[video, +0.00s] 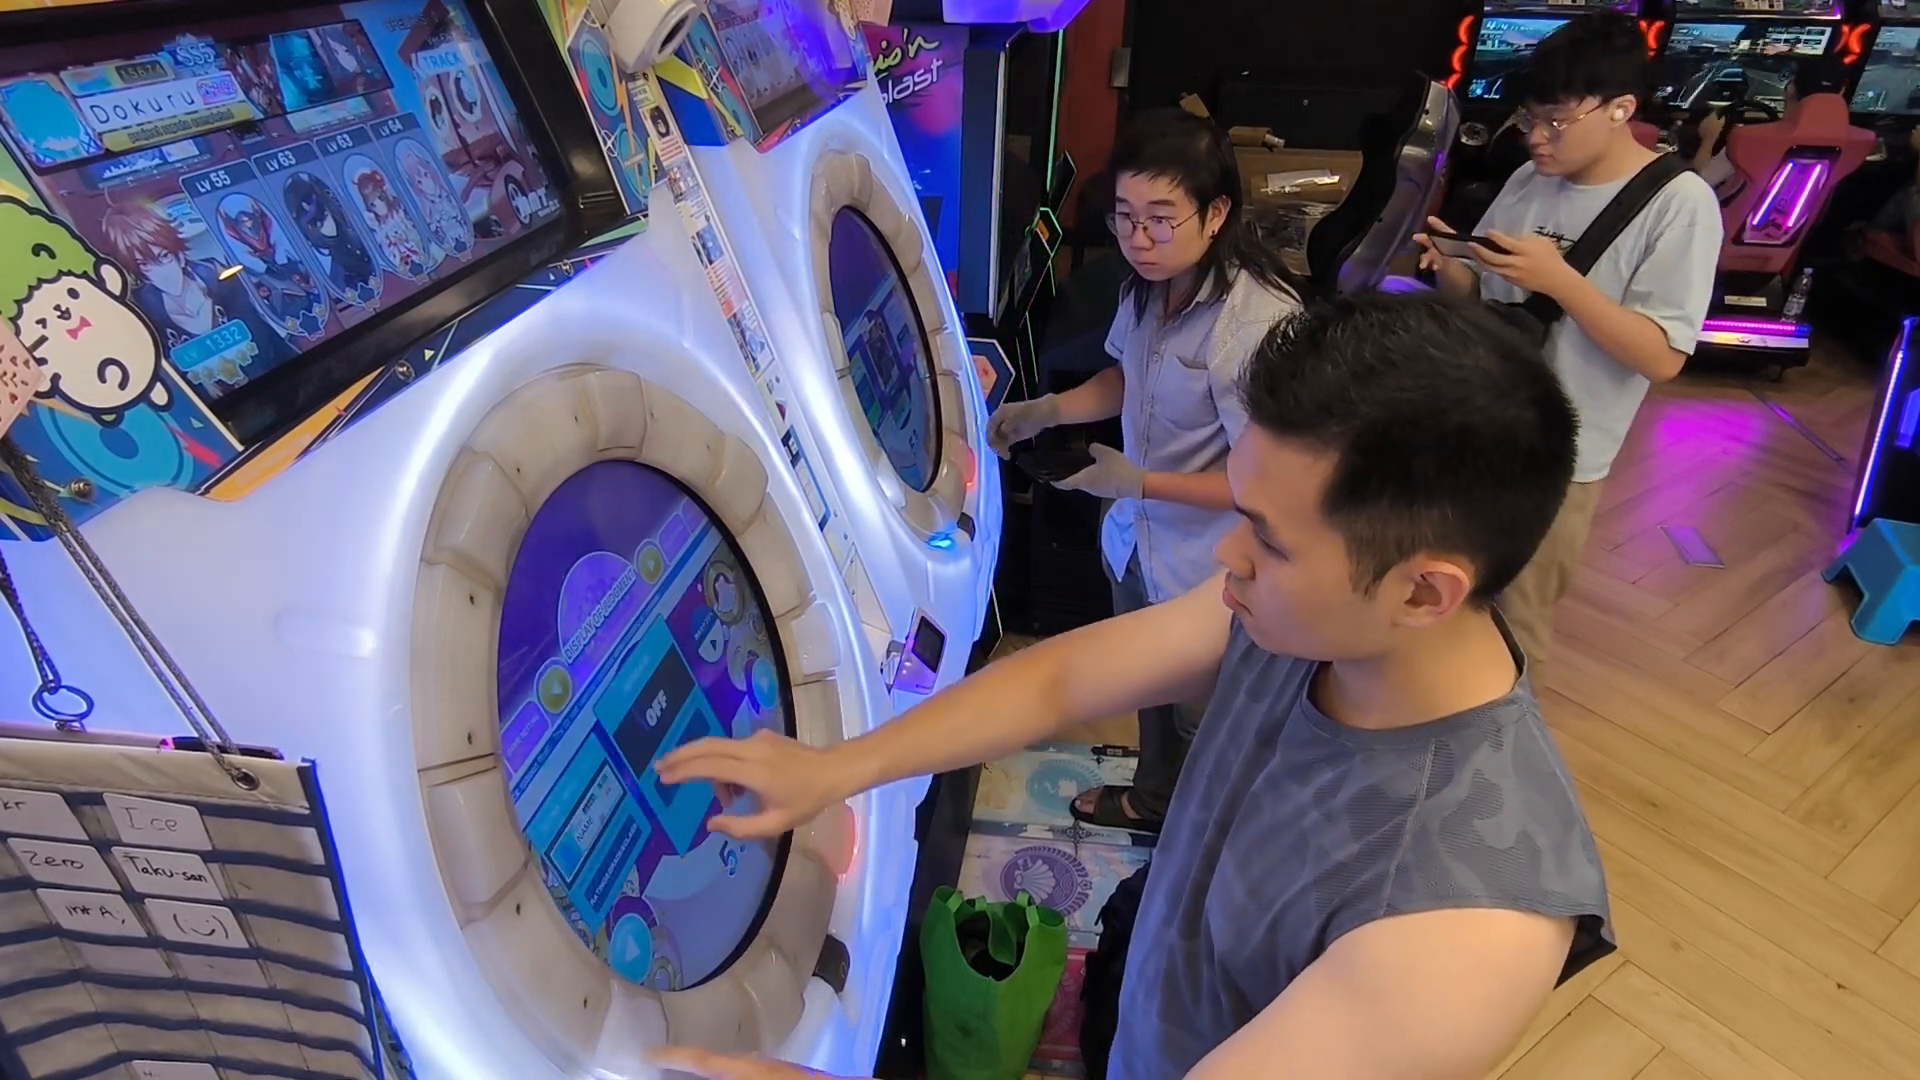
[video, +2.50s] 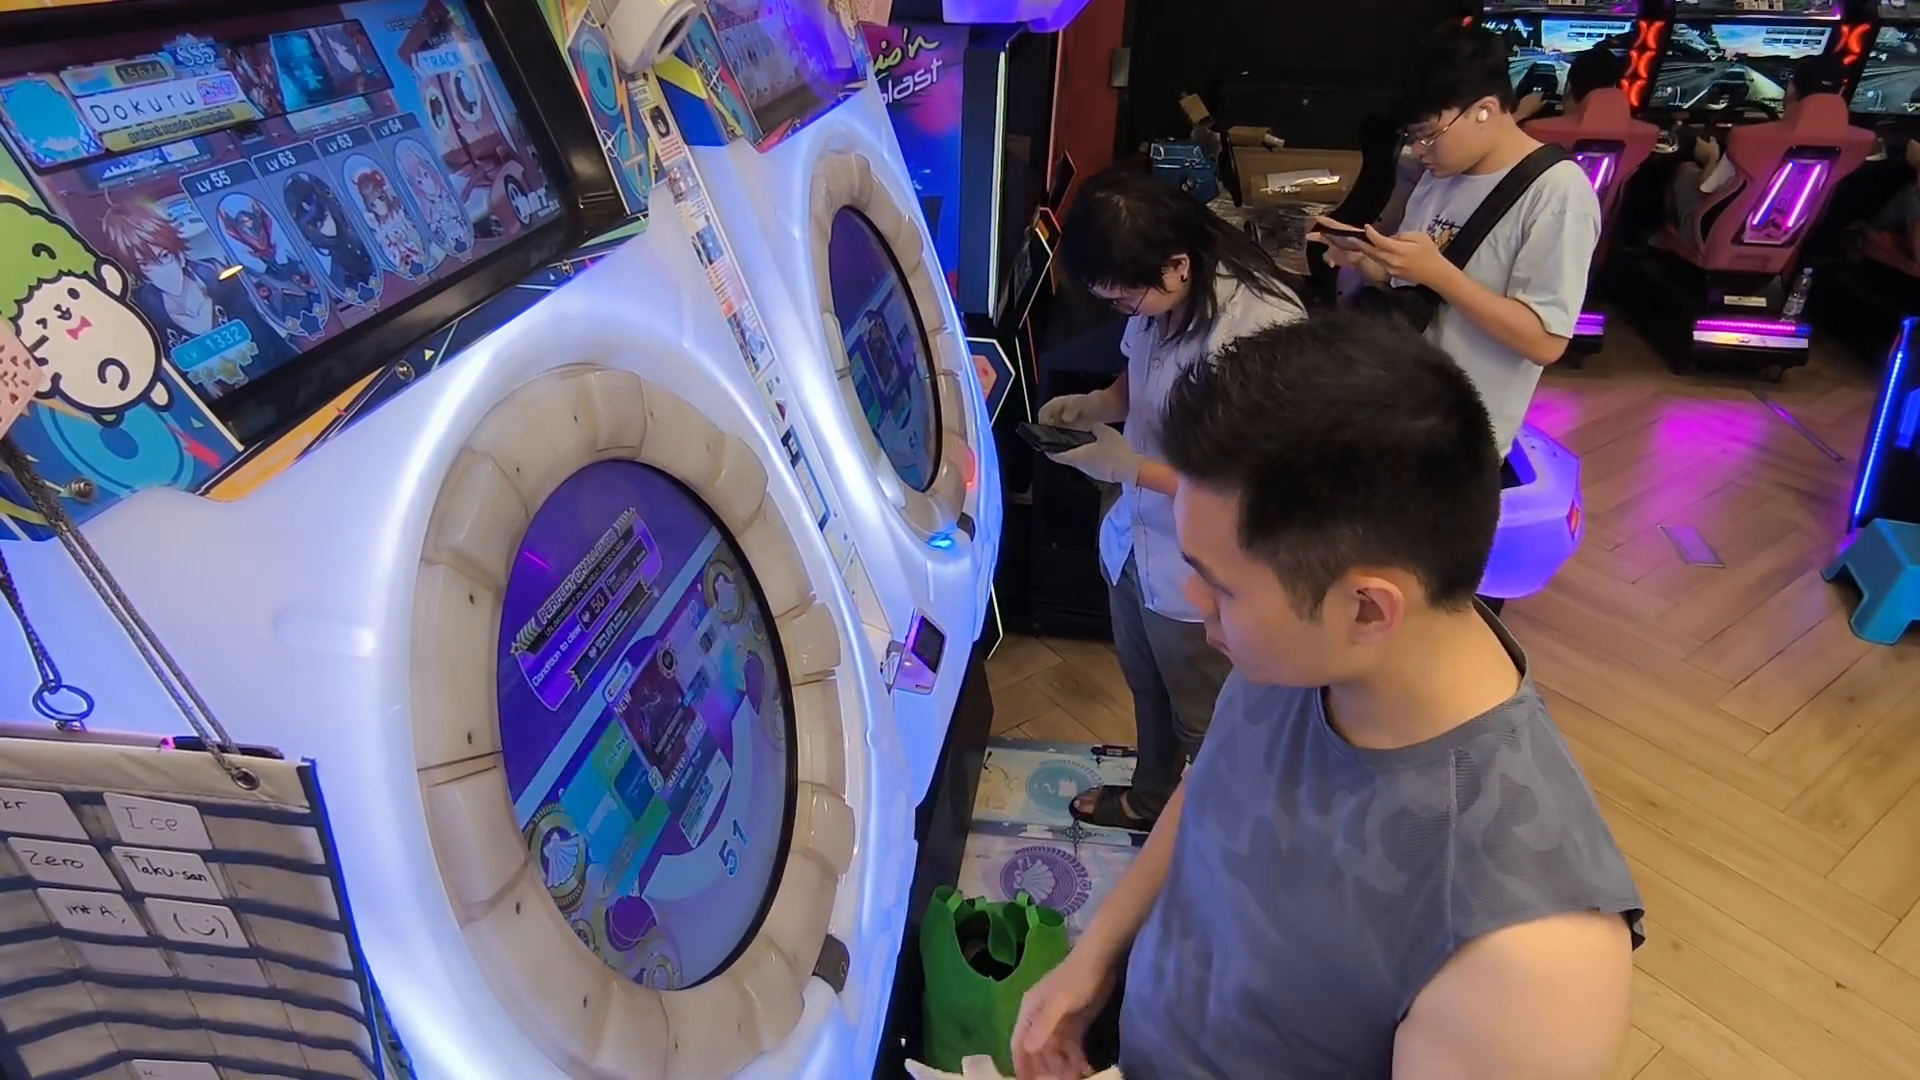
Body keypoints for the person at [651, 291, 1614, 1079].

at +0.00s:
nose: (1219, 553)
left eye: (1268, 541)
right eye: (1237, 511)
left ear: (1427, 593)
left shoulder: (1472, 910)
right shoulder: (1296, 605)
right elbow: (1061, 680)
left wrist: (811, 1069)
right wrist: (841, 767)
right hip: (1135, 1014)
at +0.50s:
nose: (1233, 553)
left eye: (1283, 543)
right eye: (1248, 509)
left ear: (1443, 594)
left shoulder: (1492, 915)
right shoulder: (1284, 587)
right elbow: (1018, 656)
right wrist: (760, 719)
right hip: (1138, 1016)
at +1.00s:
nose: (1214, 562)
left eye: (1258, 550)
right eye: (1230, 524)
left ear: (1416, 593)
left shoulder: (1475, 911)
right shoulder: (1297, 612)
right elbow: (1097, 718)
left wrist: (821, 1066)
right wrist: (902, 837)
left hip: (1189, 1073)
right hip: (1132, 1012)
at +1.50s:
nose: (1194, 577)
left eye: (1223, 556)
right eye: (1200, 539)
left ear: (1373, 589)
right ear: (1371, 583)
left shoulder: (1490, 909)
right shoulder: (1295, 630)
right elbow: (1089, 732)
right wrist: (871, 783)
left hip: (1203, 1073)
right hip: (1132, 1011)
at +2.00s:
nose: (1164, 582)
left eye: (1188, 566)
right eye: (1165, 550)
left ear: (1331, 589)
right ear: (1329, 591)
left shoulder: (1501, 925)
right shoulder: (1288, 642)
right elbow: (1165, 748)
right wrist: (1000, 843)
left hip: (1213, 1073)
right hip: (1140, 984)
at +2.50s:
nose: (1193, 599)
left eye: (1220, 586)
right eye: (1196, 568)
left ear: (1370, 611)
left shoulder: (1531, 940)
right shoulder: (1291, 645)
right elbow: (1203, 797)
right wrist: (1095, 951)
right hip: (1121, 1013)